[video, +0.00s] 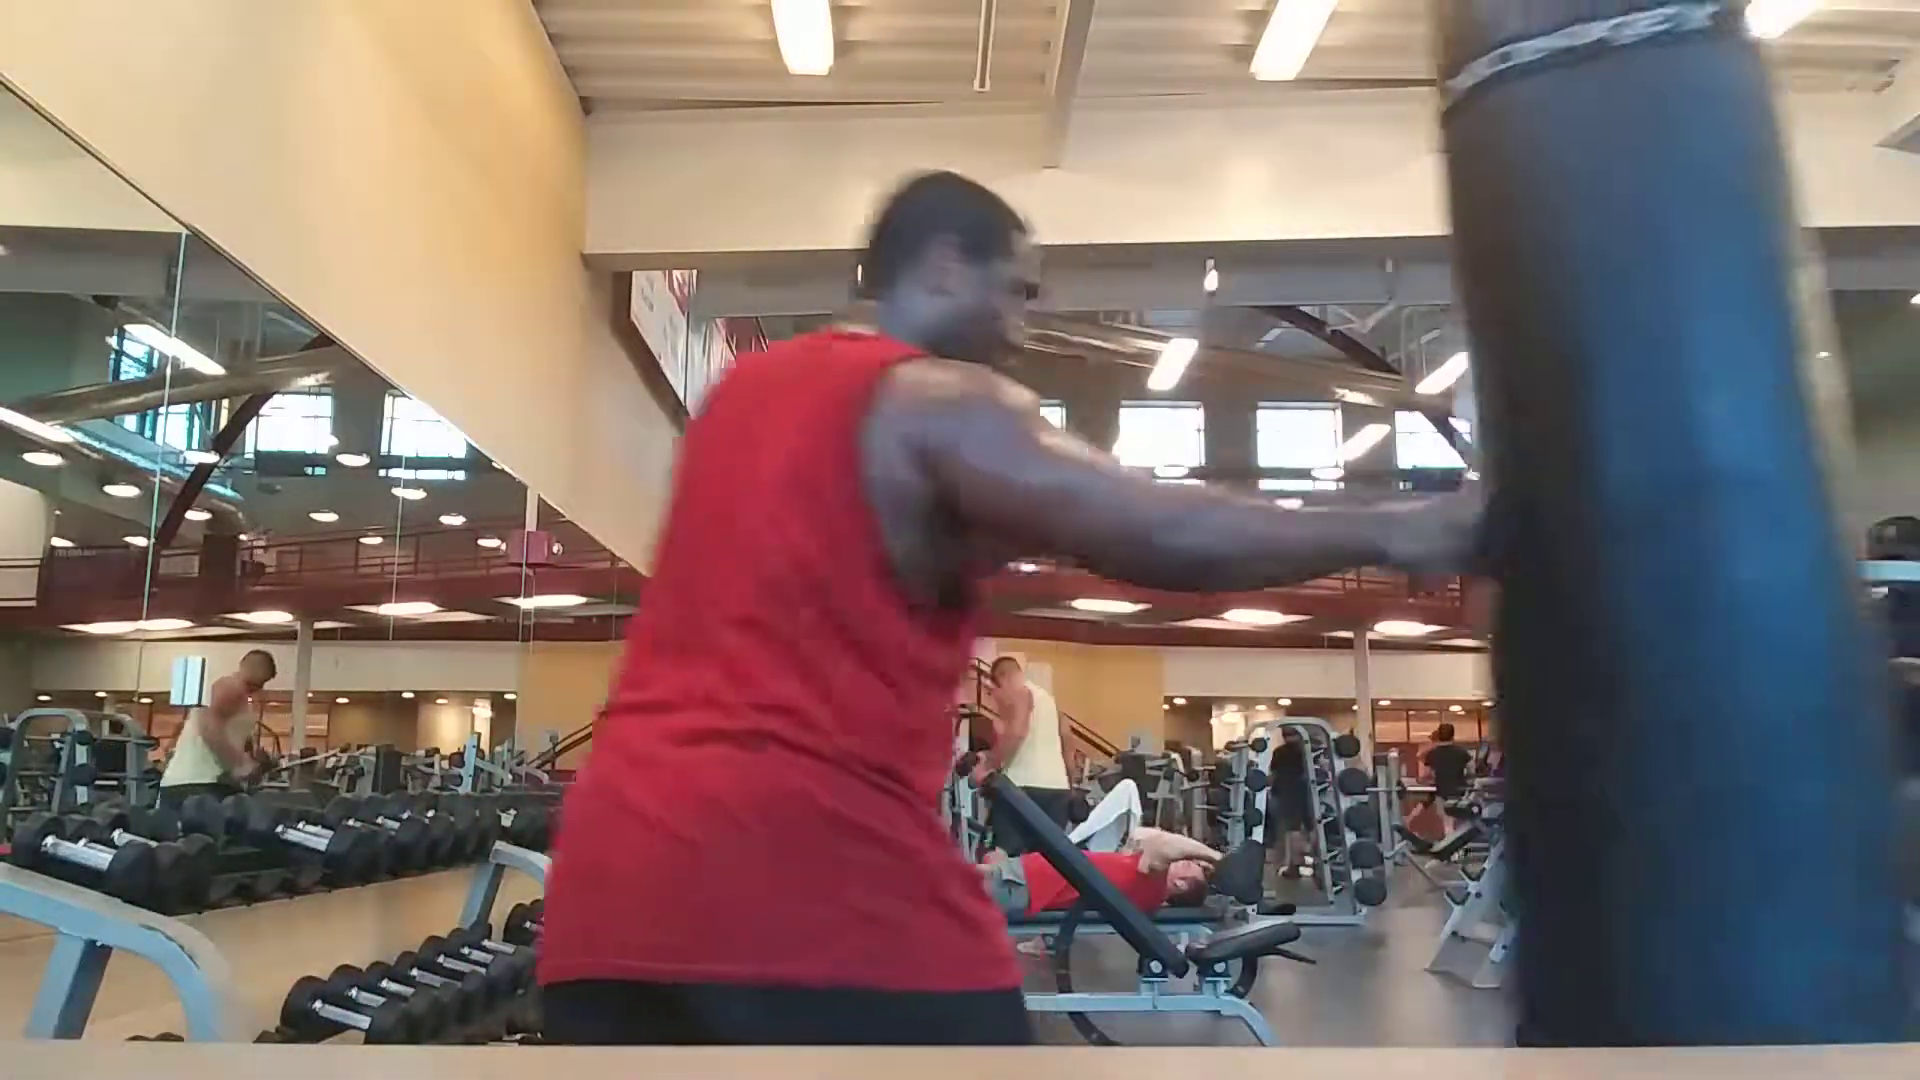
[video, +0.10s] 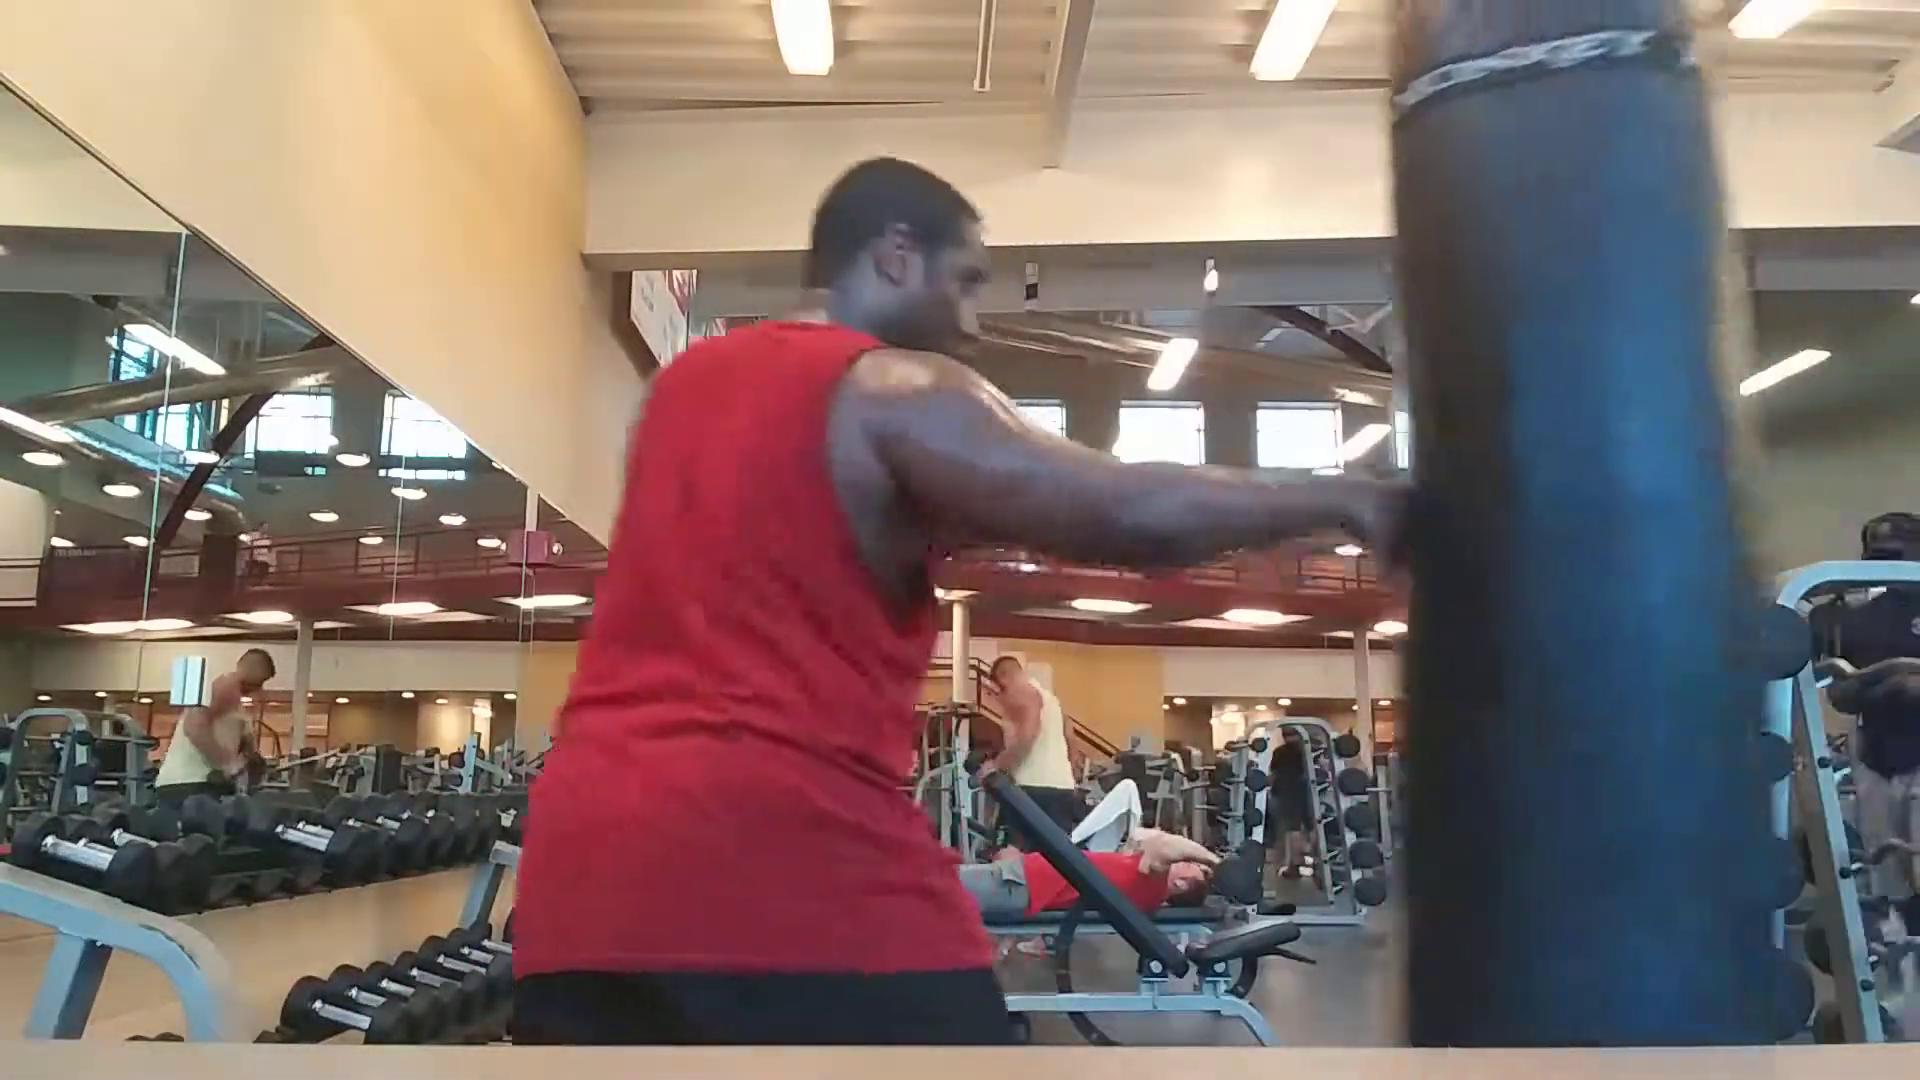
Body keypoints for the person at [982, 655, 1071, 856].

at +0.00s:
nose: (999, 690)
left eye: (998, 684)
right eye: (997, 685)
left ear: (1002, 677)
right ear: (1020, 673)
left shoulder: (1017, 692)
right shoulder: (1048, 698)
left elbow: (1016, 732)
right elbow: (1066, 735)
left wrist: (990, 764)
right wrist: (1071, 777)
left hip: (1021, 788)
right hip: (1057, 789)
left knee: (1006, 857)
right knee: (1049, 859)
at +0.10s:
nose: (1000, 691)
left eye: (999, 685)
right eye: (998, 686)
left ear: (1002, 678)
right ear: (1022, 672)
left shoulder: (1021, 691)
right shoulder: (1051, 699)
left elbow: (1026, 734)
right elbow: (1071, 744)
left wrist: (996, 765)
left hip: (1033, 788)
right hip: (1060, 789)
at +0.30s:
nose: (1000, 696)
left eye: (998, 689)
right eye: (995, 692)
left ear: (1008, 677)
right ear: (1014, 673)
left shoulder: (1029, 693)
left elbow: (1050, 730)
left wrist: (1020, 765)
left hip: (1057, 789)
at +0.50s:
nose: (993, 708)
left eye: (991, 701)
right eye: (989, 704)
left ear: (1002, 686)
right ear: (1004, 685)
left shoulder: (1029, 703)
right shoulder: (1020, 711)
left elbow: (1059, 736)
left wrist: (1036, 777)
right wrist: (1032, 776)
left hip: (1075, 792)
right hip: (1063, 793)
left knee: (1068, 856)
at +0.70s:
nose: (984, 751)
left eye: (979, 744)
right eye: (978, 748)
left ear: (985, 727)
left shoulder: (1024, 730)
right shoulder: (1012, 744)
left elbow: (1064, 752)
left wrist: (1046, 795)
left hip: (1086, 797)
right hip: (1067, 798)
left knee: (1080, 859)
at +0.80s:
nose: (986, 760)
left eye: (984, 753)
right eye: (981, 758)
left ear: (991, 736)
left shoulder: (1023, 741)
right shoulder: (1008, 762)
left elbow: (1069, 759)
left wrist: (1047, 800)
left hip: (1089, 800)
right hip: (1067, 804)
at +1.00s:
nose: (991, 784)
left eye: (988, 778)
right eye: (986, 783)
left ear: (990, 764)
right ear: (989, 763)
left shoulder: (1026, 758)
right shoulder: (1014, 776)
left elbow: (1075, 775)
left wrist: (1047, 811)